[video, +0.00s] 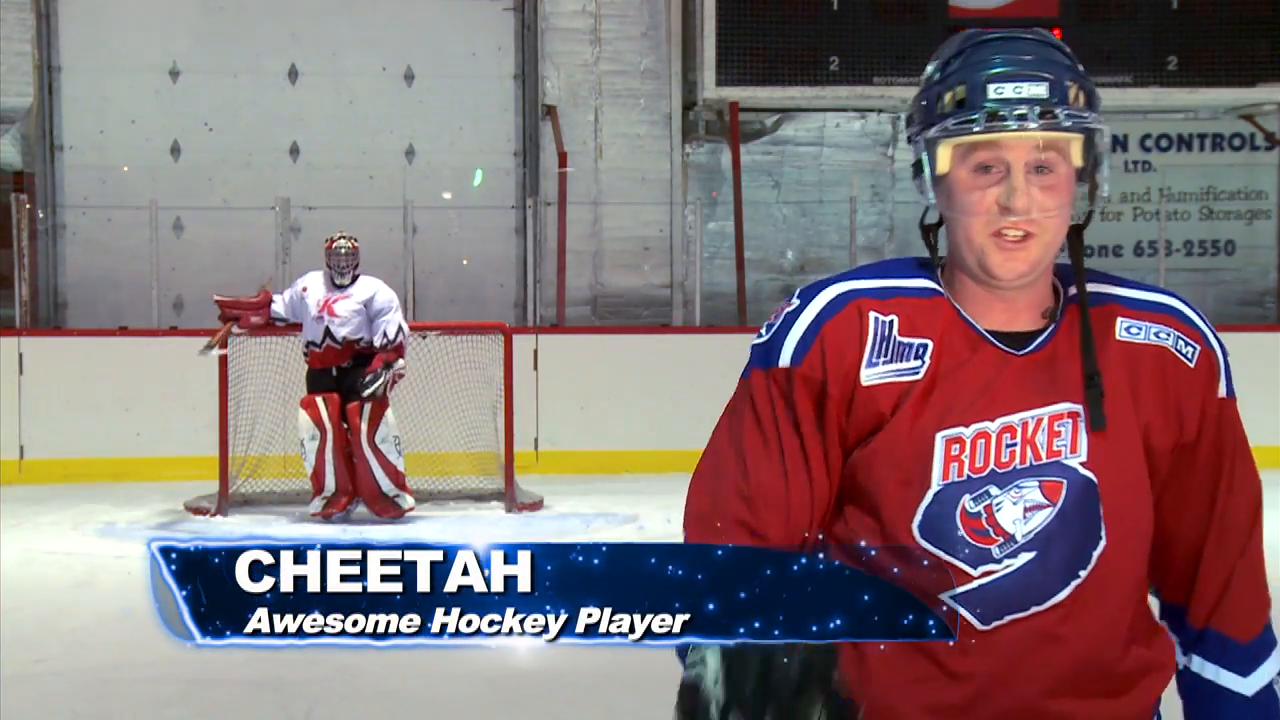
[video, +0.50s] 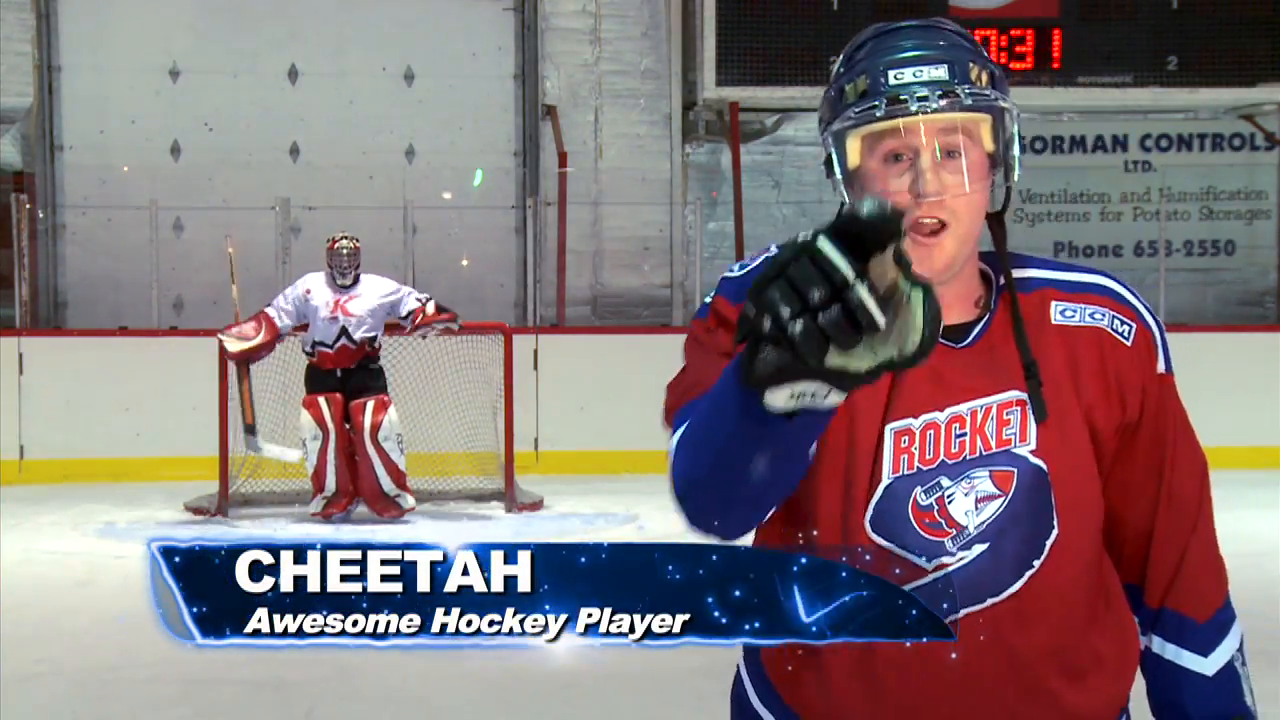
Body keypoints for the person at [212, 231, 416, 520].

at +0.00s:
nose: (342, 263)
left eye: (348, 257)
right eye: (336, 257)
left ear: (357, 259)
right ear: (327, 259)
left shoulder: (375, 292)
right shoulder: (309, 286)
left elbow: (394, 341)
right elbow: (280, 308)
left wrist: (382, 370)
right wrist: (243, 309)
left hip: (360, 373)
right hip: (321, 374)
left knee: (365, 433)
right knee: (326, 434)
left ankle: (389, 498)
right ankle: (335, 497)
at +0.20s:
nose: (343, 263)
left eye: (348, 257)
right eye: (337, 257)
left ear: (357, 259)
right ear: (328, 259)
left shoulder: (375, 290)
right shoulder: (310, 286)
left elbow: (406, 319)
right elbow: (278, 305)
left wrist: (397, 351)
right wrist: (240, 312)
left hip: (362, 373)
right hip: (321, 375)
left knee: (367, 431)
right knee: (325, 434)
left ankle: (390, 500)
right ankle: (333, 498)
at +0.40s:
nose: (344, 262)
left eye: (349, 257)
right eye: (338, 256)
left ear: (358, 259)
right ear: (328, 259)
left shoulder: (378, 289)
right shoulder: (310, 286)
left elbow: (412, 306)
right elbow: (274, 309)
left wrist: (422, 320)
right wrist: (241, 322)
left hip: (364, 373)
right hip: (322, 374)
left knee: (374, 433)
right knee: (324, 436)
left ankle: (390, 501)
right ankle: (332, 500)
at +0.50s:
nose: (344, 264)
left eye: (350, 258)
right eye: (338, 259)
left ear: (358, 260)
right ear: (328, 261)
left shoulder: (378, 288)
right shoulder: (309, 288)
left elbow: (416, 303)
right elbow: (276, 315)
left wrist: (432, 315)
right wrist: (246, 332)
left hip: (365, 374)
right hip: (322, 375)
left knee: (372, 433)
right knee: (327, 435)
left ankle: (387, 500)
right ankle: (334, 499)